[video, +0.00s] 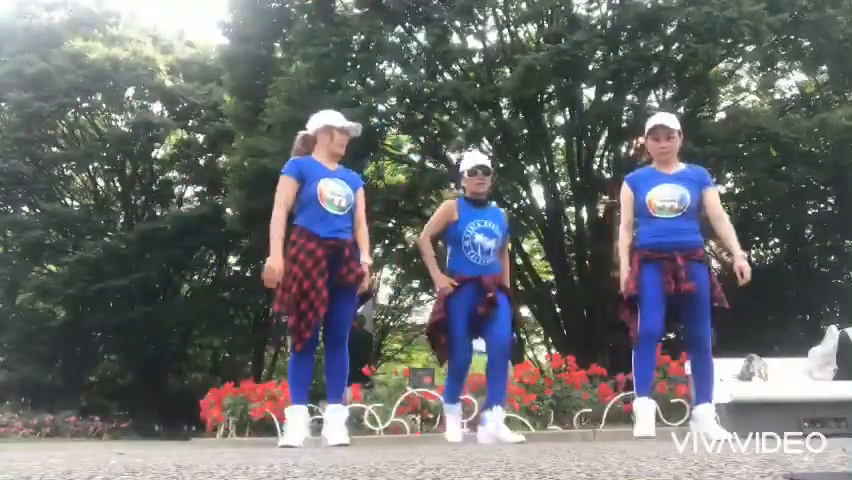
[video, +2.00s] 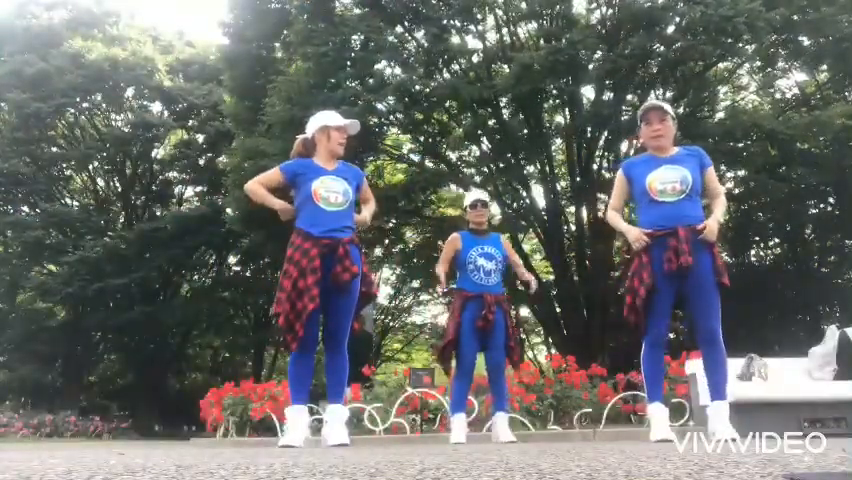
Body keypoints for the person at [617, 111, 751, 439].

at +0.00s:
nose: (664, 141)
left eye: (669, 135)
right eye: (657, 136)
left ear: (679, 139)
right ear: (646, 142)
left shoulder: (698, 175)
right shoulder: (633, 181)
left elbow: (718, 216)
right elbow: (626, 227)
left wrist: (737, 253)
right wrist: (625, 266)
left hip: (693, 260)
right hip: (651, 261)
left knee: (701, 336)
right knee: (650, 330)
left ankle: (703, 411)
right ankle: (643, 405)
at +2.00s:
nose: (656, 127)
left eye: (661, 121)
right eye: (649, 123)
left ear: (673, 126)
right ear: (640, 133)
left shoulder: (695, 156)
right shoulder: (630, 167)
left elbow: (718, 196)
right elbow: (612, 211)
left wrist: (714, 219)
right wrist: (628, 229)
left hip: (697, 245)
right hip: (655, 249)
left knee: (711, 331)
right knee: (656, 334)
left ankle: (719, 414)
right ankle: (657, 414)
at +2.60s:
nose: (636, 125)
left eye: (642, 119)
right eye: (629, 122)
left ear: (657, 125)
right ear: (623, 133)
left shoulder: (682, 156)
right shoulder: (617, 174)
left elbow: (712, 199)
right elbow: (607, 226)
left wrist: (701, 173)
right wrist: (602, 212)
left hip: (676, 242)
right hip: (636, 250)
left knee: (697, 326)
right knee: (634, 332)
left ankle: (718, 409)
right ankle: (650, 417)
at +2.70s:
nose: (637, 131)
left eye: (643, 124)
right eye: (630, 128)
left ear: (657, 130)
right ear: (625, 138)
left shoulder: (679, 158)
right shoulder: (620, 175)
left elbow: (724, 165)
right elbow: (593, 209)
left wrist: (699, 132)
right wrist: (593, 169)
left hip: (674, 247)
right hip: (635, 252)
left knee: (686, 327)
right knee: (627, 332)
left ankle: (713, 408)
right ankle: (650, 416)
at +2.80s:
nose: (636, 130)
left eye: (641, 124)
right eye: (629, 128)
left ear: (657, 129)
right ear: (625, 140)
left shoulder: (678, 152)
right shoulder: (625, 172)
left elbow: (718, 124)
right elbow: (587, 167)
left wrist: (688, 95)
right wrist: (595, 139)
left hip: (677, 250)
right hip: (639, 256)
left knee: (688, 329)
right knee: (621, 328)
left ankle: (713, 408)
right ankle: (648, 413)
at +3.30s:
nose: (617, 154)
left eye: (623, 149)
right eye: (611, 151)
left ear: (636, 155)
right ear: (607, 160)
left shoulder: (650, 170)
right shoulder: (605, 190)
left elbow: (662, 132)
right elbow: (600, 165)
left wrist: (682, 99)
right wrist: (608, 131)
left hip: (662, 253)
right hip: (631, 267)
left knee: (674, 324)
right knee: (624, 345)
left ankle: (704, 402)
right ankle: (652, 419)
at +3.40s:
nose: (614, 169)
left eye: (619, 163)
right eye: (609, 167)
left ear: (633, 164)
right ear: (605, 174)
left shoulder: (649, 181)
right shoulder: (608, 201)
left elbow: (661, 156)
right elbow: (598, 205)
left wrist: (681, 135)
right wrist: (600, 175)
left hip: (659, 264)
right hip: (629, 272)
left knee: (655, 338)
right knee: (613, 345)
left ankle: (684, 410)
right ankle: (651, 417)